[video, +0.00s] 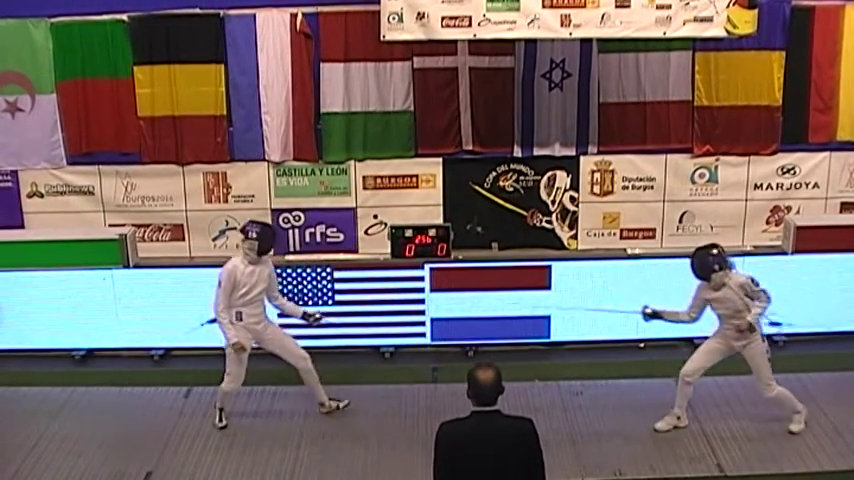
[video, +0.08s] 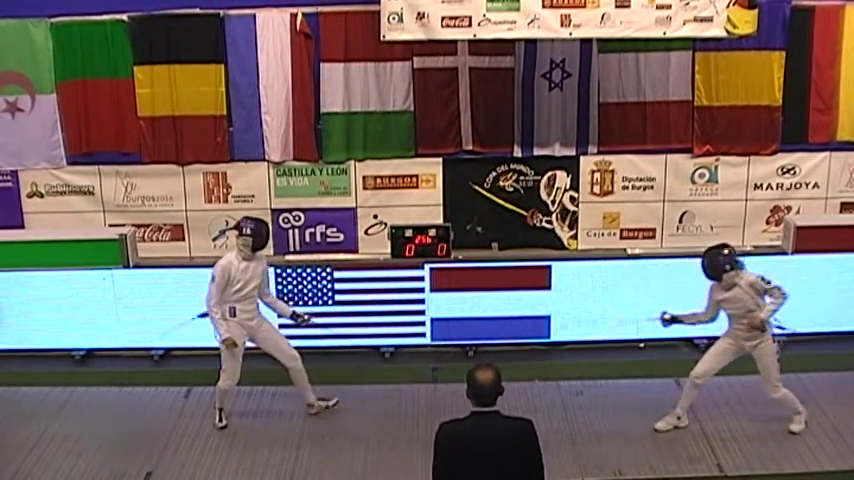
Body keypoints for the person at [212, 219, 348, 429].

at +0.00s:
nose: (249, 250)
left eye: (254, 248)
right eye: (246, 246)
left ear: (263, 250)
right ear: (241, 245)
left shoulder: (266, 266)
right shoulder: (231, 269)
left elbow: (276, 298)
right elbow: (220, 309)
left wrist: (303, 314)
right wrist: (231, 337)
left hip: (263, 326)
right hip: (239, 330)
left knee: (303, 360)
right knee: (232, 382)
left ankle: (325, 403)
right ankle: (220, 408)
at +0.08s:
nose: (242, 241)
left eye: (248, 238)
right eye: (240, 236)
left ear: (257, 242)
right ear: (236, 238)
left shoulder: (260, 263)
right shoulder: (225, 266)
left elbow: (265, 295)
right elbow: (213, 305)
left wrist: (292, 313)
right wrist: (224, 334)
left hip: (255, 320)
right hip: (231, 324)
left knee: (292, 358)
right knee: (229, 380)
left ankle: (312, 403)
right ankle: (219, 409)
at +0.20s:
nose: (237, 245)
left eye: (241, 242)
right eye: (234, 240)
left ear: (251, 245)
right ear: (230, 239)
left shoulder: (254, 262)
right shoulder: (220, 265)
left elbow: (258, 295)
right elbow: (206, 304)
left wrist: (284, 315)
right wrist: (216, 334)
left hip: (249, 319)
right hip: (226, 322)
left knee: (284, 359)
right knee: (229, 376)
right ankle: (220, 409)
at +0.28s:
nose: (237, 253)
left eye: (241, 250)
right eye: (234, 248)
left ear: (249, 250)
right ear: (229, 245)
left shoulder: (251, 265)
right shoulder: (218, 269)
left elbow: (258, 299)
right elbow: (204, 309)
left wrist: (284, 318)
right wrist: (213, 339)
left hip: (248, 325)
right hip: (224, 328)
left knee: (278, 366)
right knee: (227, 383)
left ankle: (259, 404)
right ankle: (220, 410)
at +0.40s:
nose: (238, 253)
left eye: (242, 250)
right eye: (234, 248)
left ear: (250, 251)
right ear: (228, 247)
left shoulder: (252, 267)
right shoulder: (219, 272)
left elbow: (261, 301)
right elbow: (207, 314)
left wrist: (288, 318)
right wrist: (217, 343)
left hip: (248, 329)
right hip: (224, 332)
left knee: (282, 366)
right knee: (227, 387)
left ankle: (261, 400)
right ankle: (220, 409)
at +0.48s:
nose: (240, 245)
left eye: (245, 242)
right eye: (237, 240)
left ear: (252, 246)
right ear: (232, 241)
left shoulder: (256, 265)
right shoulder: (222, 269)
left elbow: (267, 299)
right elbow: (213, 310)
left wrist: (295, 315)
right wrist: (224, 339)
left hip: (251, 326)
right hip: (228, 329)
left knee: (288, 361)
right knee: (228, 383)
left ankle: (270, 400)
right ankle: (220, 410)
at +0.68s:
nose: (258, 240)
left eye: (263, 236)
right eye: (255, 235)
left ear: (271, 240)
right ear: (251, 236)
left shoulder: (276, 261)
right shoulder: (240, 264)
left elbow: (295, 289)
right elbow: (234, 303)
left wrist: (326, 301)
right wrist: (252, 331)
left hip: (270, 322)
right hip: (245, 324)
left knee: (305, 358)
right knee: (234, 376)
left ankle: (323, 404)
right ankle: (219, 408)